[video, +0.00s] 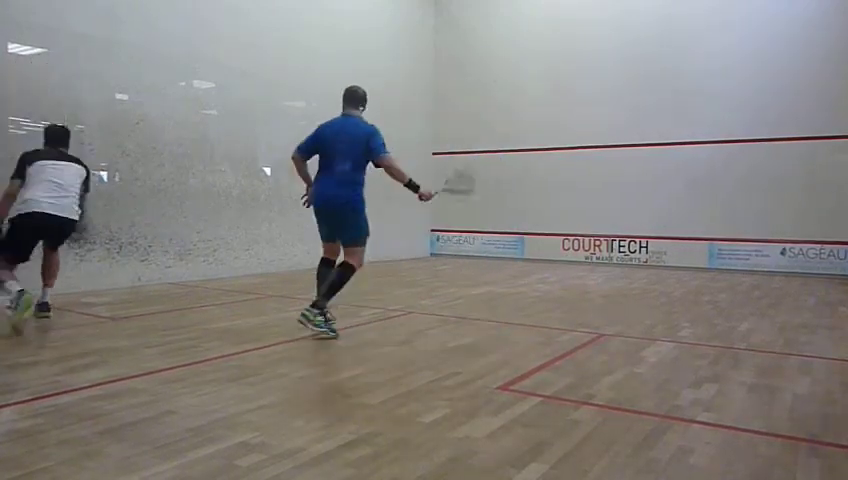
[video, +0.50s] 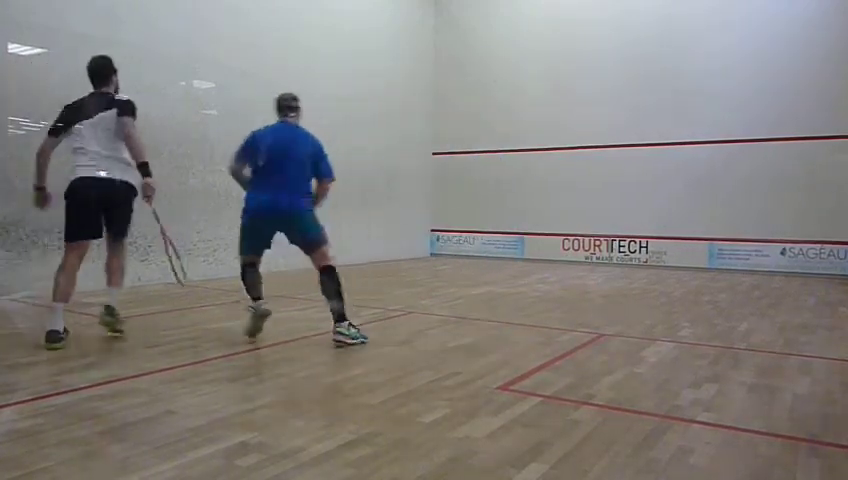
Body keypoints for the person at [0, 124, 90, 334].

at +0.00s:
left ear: (45, 142)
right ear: (67, 144)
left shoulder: (30, 157)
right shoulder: (81, 167)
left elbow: (11, 192)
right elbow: (81, 202)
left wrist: (2, 218)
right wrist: (75, 222)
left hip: (31, 214)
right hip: (65, 219)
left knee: (5, 264)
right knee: (51, 248)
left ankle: (17, 293)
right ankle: (45, 300)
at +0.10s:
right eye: (70, 132)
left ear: (50, 132)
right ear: (74, 133)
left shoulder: (32, 152)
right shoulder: (86, 157)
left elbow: (9, 182)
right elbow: (119, 188)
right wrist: (150, 211)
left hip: (34, 217)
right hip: (67, 219)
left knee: (25, 273)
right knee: (52, 251)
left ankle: (30, 297)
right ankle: (46, 299)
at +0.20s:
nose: (82, 115)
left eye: (78, 112)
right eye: (82, 112)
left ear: (59, 114)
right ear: (83, 113)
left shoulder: (42, 134)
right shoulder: (95, 136)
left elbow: (15, 165)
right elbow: (124, 152)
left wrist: (1, 187)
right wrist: (155, 175)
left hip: (41, 205)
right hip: (76, 209)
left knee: (38, 266)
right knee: (59, 261)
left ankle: (47, 310)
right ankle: (47, 308)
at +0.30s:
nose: (94, 103)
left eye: (91, 99)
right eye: (92, 99)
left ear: (67, 101)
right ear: (90, 100)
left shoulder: (50, 125)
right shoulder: (99, 122)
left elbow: (19, 160)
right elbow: (115, 141)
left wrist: (2, 184)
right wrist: (135, 171)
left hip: (55, 198)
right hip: (90, 201)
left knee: (50, 265)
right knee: (71, 256)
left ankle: (51, 318)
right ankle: (59, 306)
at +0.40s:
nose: (104, 95)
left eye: (101, 92)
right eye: (103, 91)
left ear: (77, 94)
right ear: (98, 91)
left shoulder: (59, 120)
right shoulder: (108, 114)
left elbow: (27, 158)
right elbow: (111, 135)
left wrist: (8, 191)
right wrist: (130, 177)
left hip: (68, 196)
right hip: (104, 197)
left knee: (62, 260)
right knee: (90, 252)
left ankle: (54, 326)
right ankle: (80, 305)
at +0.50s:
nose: (118, 81)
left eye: (115, 76)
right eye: (117, 77)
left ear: (90, 80)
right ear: (113, 78)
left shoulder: (72, 109)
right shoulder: (123, 104)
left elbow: (44, 150)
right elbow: (128, 132)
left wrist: (40, 187)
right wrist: (147, 175)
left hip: (82, 187)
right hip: (120, 187)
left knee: (73, 254)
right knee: (116, 247)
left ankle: (55, 326)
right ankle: (112, 304)